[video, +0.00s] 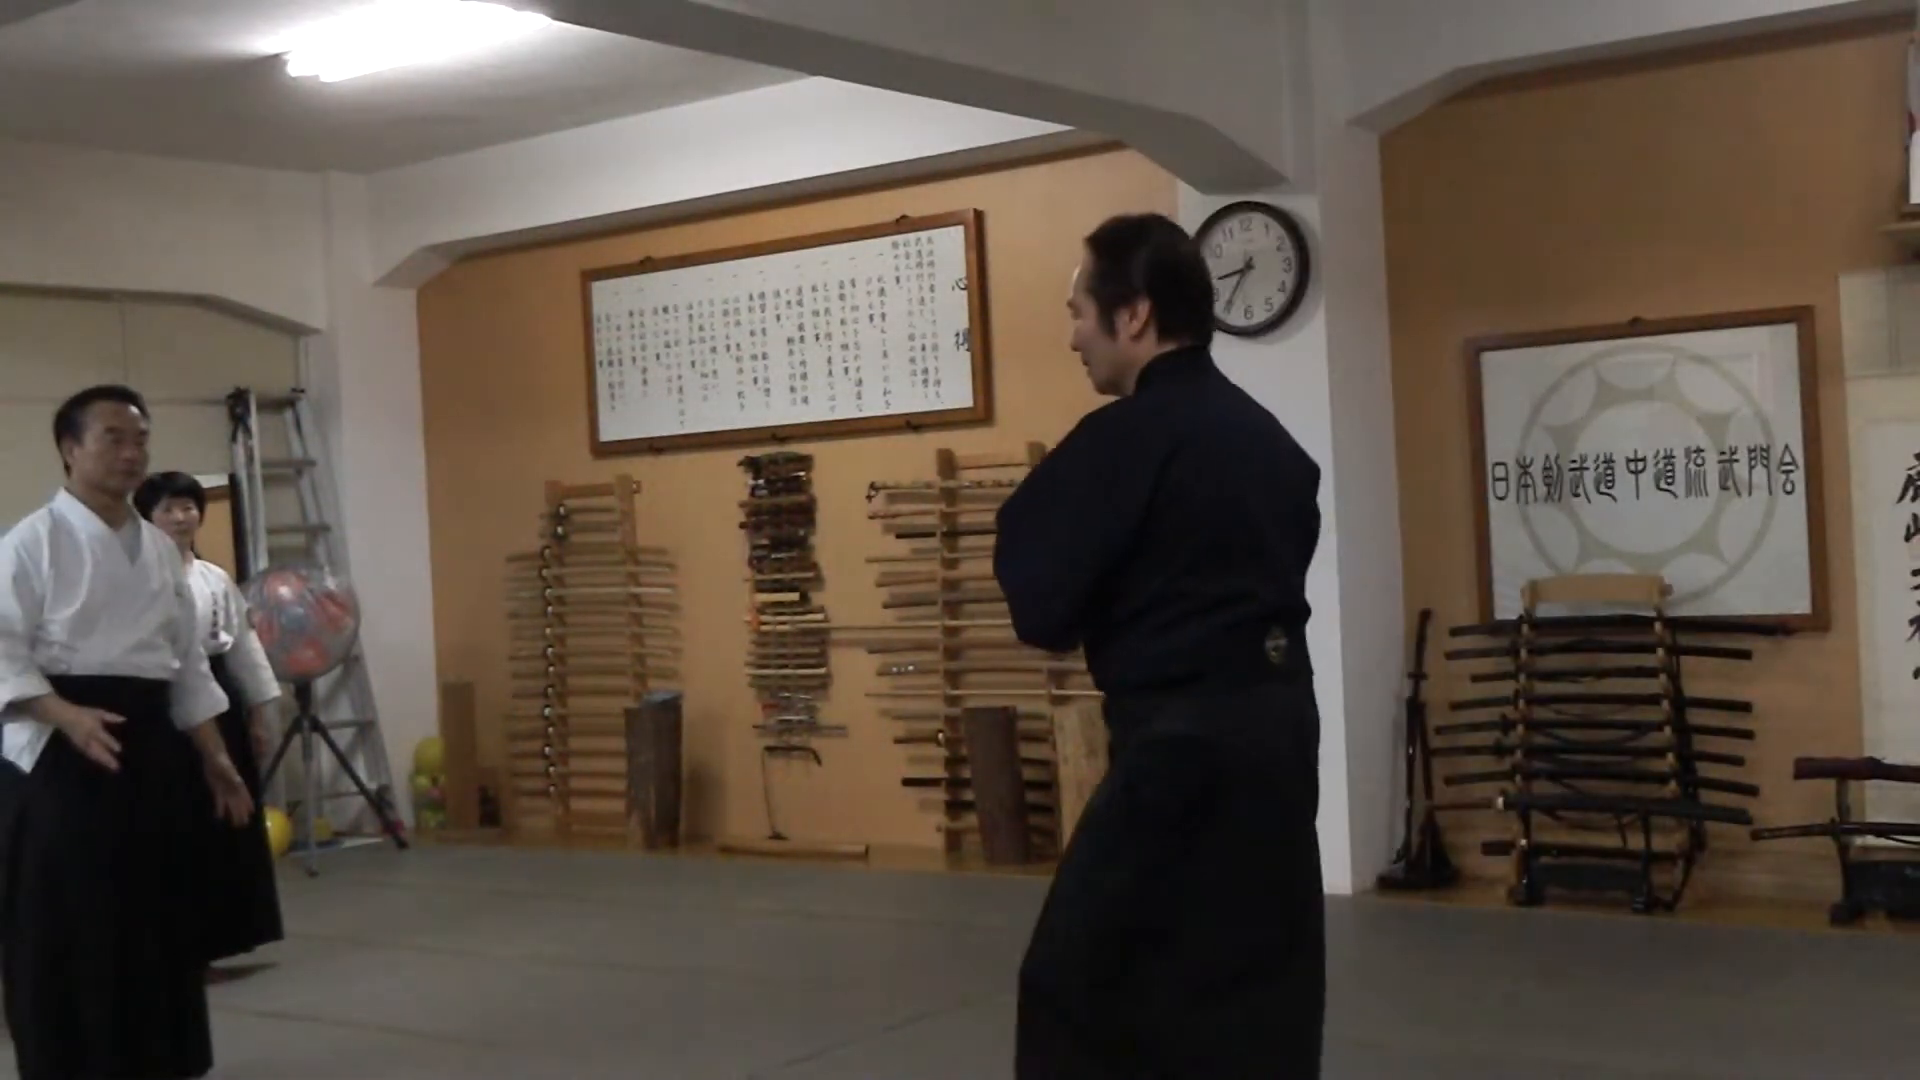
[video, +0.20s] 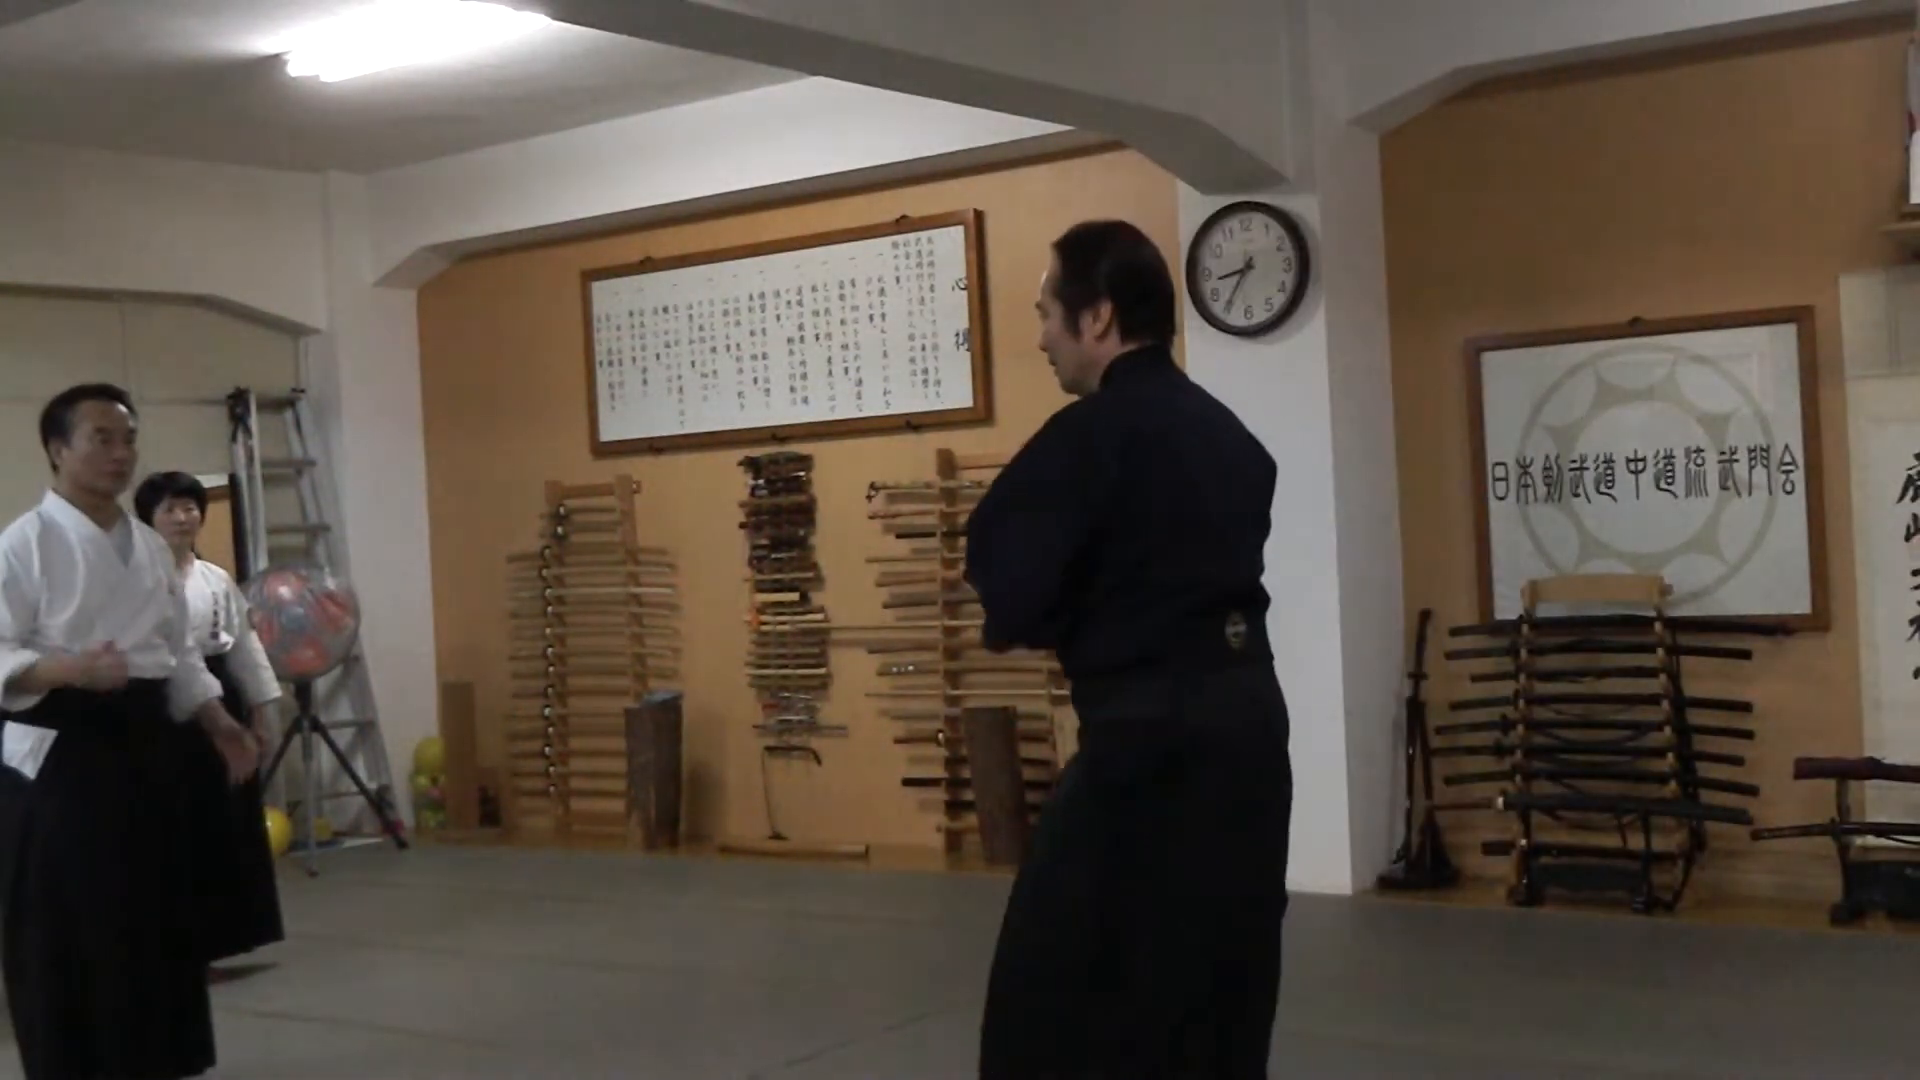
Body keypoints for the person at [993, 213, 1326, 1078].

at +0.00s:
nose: (1073, 336)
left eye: (1081, 313)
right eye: (1073, 315)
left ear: (1137, 319)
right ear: (1167, 319)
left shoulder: (1121, 440)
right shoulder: (1268, 436)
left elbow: (1040, 594)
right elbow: (1276, 574)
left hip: (1178, 751)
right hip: (1280, 733)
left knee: (1068, 981)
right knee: (1263, 969)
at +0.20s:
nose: (1041, 339)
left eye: (1049, 315)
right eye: (1042, 317)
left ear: (1100, 320)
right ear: (1136, 319)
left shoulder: (1084, 439)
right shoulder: (1228, 433)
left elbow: (1010, 589)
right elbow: (1216, 566)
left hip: (1143, 747)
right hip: (1248, 733)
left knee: (1050, 977)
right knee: (1225, 971)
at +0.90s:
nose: (827, 384)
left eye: (827, 363)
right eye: (822, 365)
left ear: (863, 351)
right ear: (921, 349)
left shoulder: (864, 452)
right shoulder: (995, 453)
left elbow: (818, 601)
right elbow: (1011, 605)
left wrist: (793, 749)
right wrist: (1004, 711)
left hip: (900, 733)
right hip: (989, 727)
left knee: (883, 946)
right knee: (978, 940)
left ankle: (886, 1068)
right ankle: (979, 1066)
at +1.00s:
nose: (806, 368)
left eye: (811, 348)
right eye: (806, 350)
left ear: (847, 347)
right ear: (897, 346)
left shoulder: (843, 454)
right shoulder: (968, 453)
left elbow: (781, 593)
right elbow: (970, 602)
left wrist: (741, 729)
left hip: (880, 725)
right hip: (966, 716)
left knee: (870, 935)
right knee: (950, 925)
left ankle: (871, 1067)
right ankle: (954, 1066)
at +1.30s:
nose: (756, 377)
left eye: (760, 358)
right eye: (755, 359)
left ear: (798, 358)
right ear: (846, 356)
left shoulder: (795, 464)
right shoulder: (901, 456)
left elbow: (742, 603)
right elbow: (898, 594)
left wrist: (686, 733)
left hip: (830, 725)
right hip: (905, 711)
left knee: (823, 932)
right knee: (899, 917)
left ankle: (831, 1066)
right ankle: (921, 1065)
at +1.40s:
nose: (737, 379)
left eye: (742, 361)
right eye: (736, 362)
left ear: (781, 363)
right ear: (823, 364)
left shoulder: (782, 467)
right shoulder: (886, 460)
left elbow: (738, 613)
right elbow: (877, 609)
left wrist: (708, 756)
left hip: (819, 730)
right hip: (896, 714)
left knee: (783, 931)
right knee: (883, 922)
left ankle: (807, 1069)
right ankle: (894, 1066)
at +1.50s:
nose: (723, 377)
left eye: (729, 360)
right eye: (724, 360)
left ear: (766, 363)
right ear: (807, 364)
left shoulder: (769, 462)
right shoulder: (871, 459)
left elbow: (742, 614)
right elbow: (875, 610)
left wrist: (738, 761)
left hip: (800, 737)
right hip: (879, 727)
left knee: (770, 942)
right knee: (867, 932)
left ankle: (783, 1068)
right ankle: (867, 1067)